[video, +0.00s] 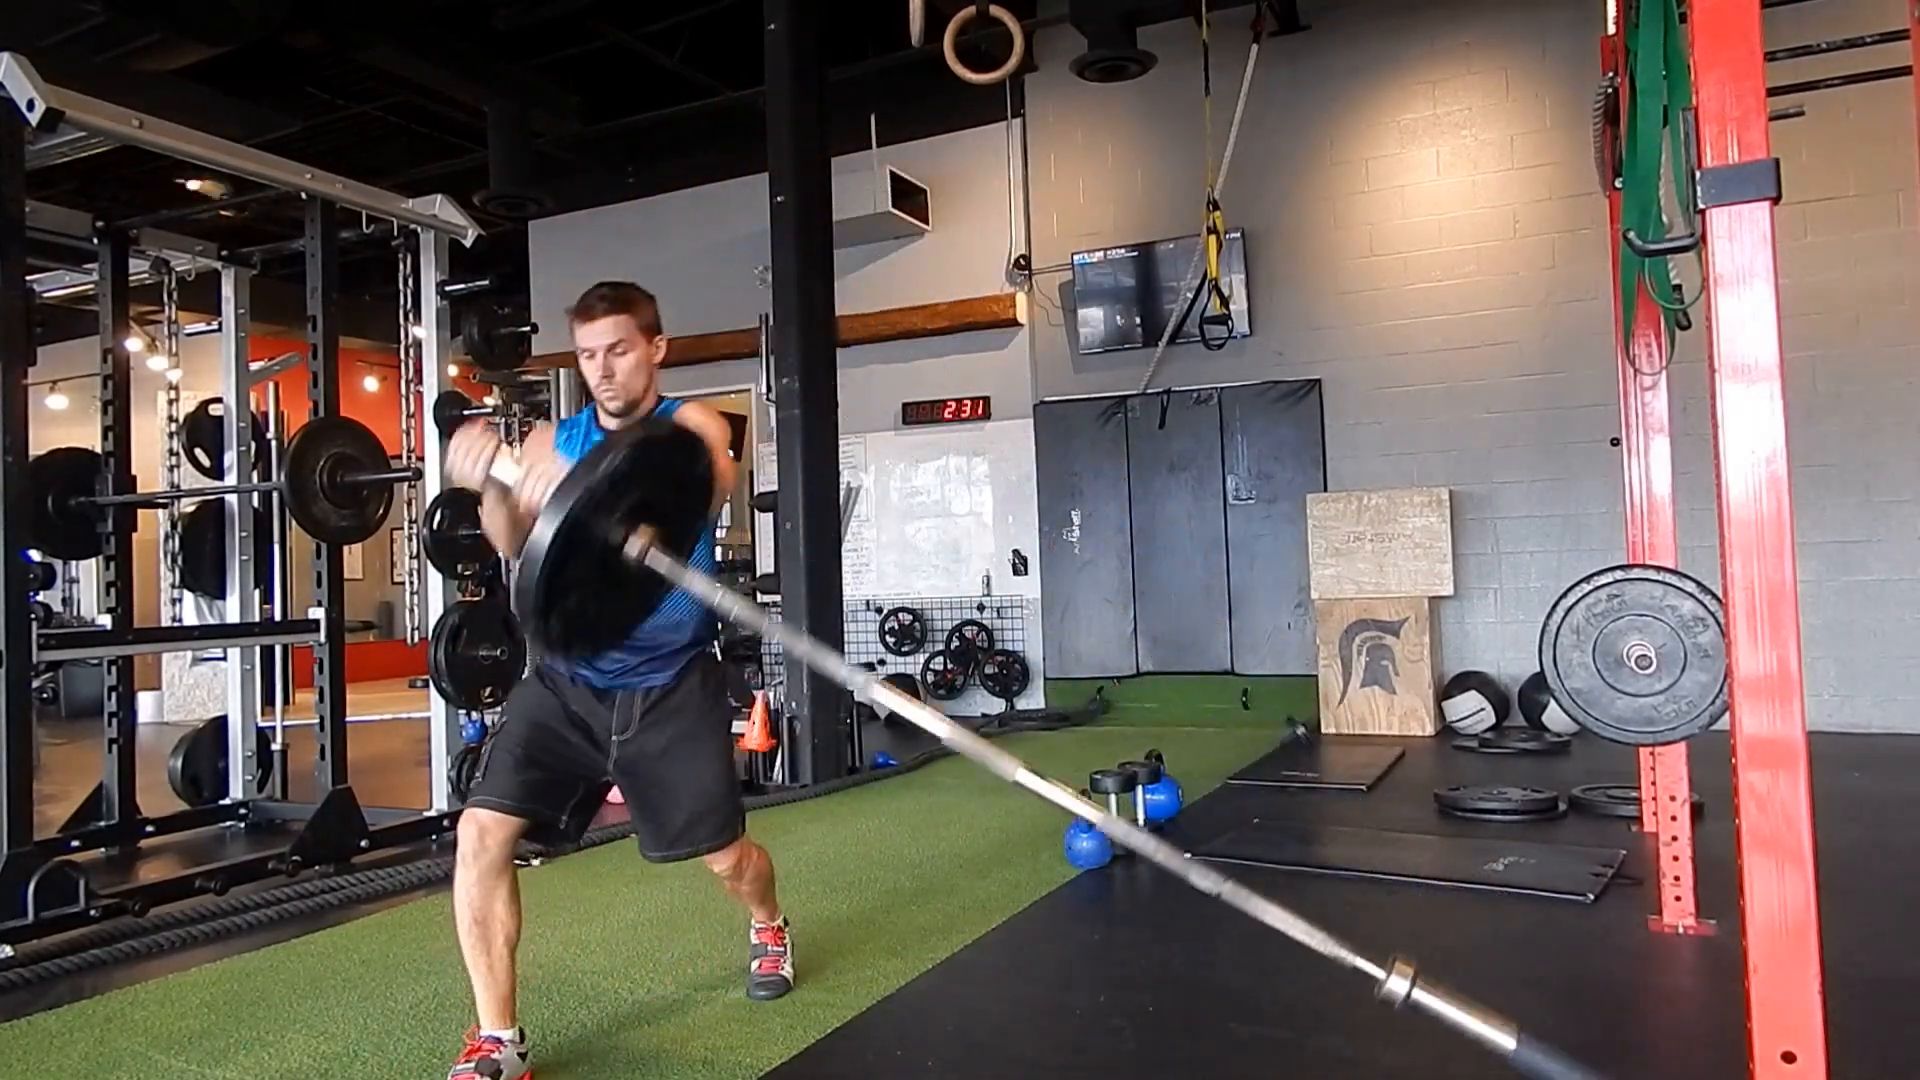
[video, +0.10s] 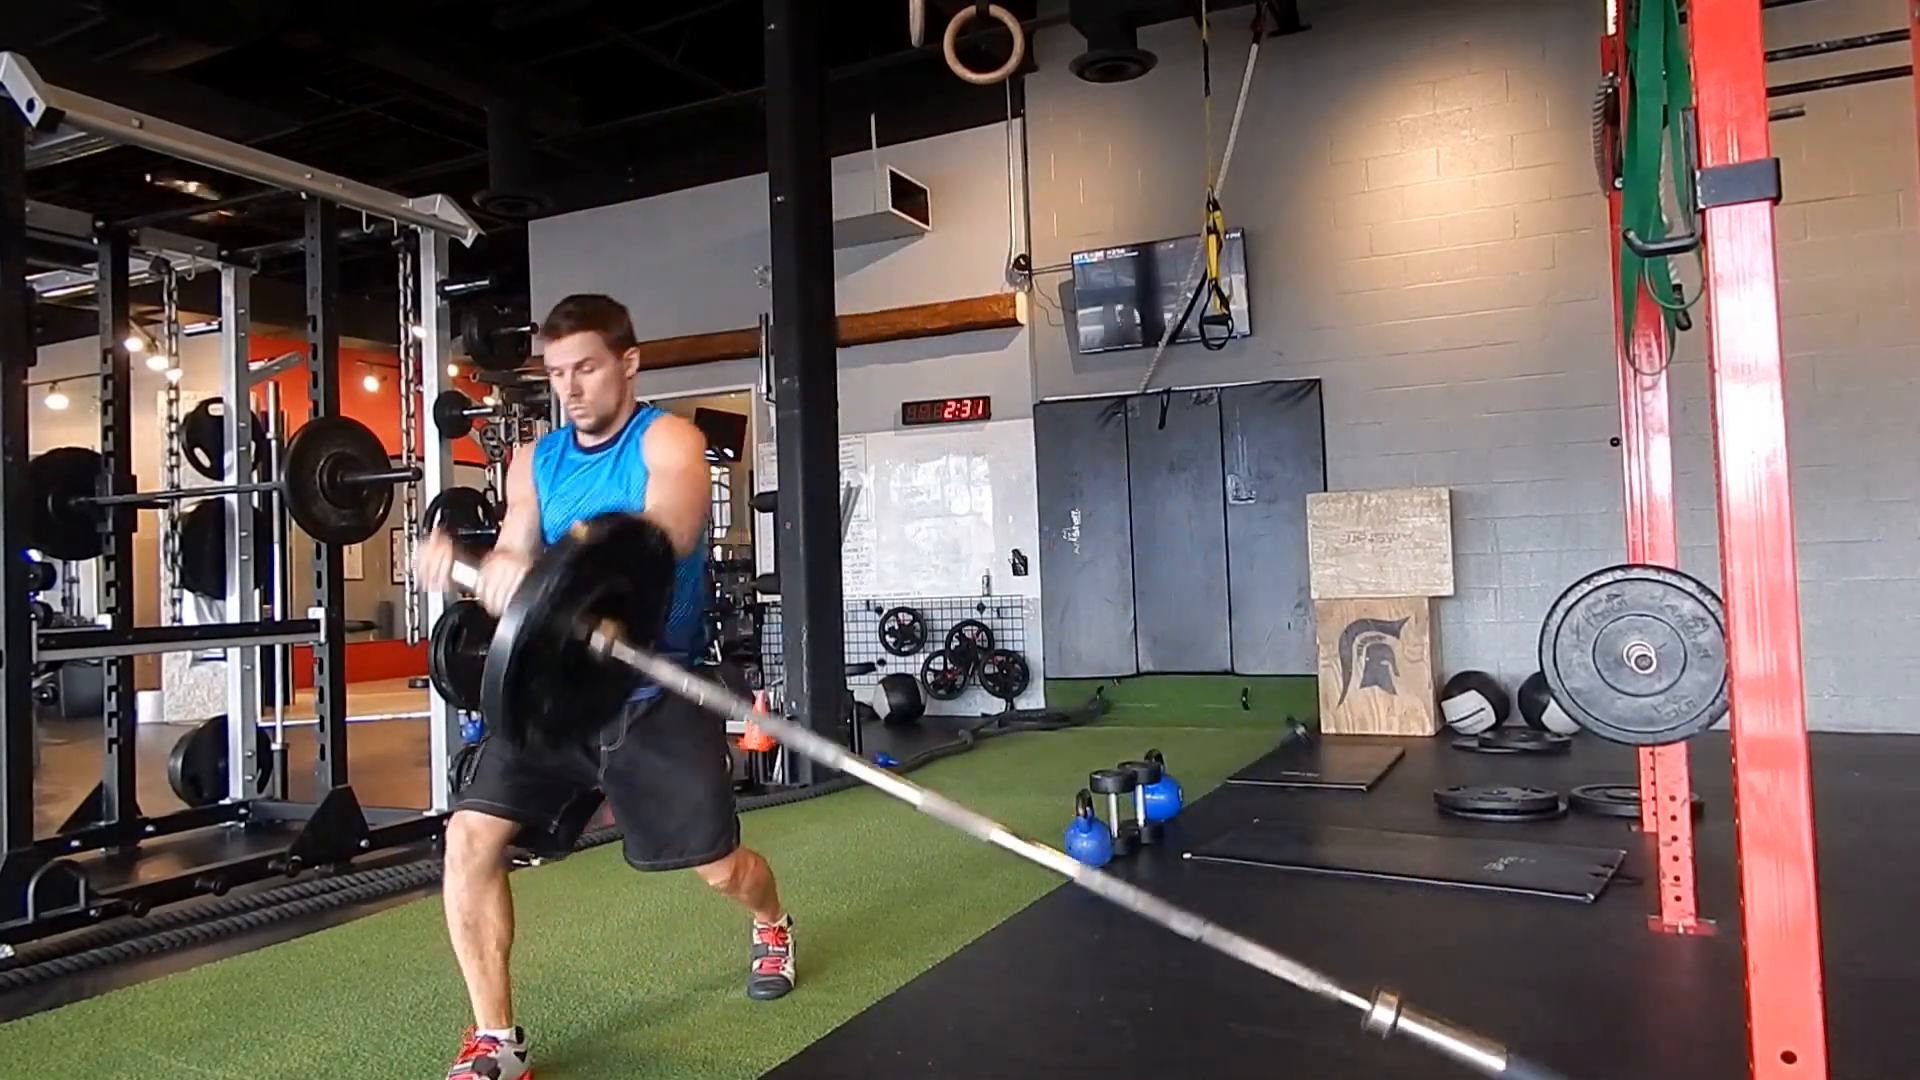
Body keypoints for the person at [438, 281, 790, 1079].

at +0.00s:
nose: (602, 371)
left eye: (617, 352)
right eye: (589, 357)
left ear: (657, 350)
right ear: (578, 361)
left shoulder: (700, 429)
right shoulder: (550, 441)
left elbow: (683, 515)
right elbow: (511, 547)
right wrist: (487, 486)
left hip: (673, 679)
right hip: (562, 678)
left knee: (727, 857)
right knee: (482, 831)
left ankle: (769, 925)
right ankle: (497, 1037)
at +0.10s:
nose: (567, 386)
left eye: (583, 367)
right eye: (555, 372)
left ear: (628, 364)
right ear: (544, 377)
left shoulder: (672, 441)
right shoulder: (534, 458)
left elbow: (654, 558)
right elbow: (511, 575)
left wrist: (542, 578)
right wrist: (453, 568)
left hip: (657, 692)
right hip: (552, 692)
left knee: (719, 865)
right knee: (470, 836)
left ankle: (774, 924)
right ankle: (493, 1035)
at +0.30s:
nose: (511, 421)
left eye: (526, 402)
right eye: (500, 406)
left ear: (576, 391)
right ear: (492, 405)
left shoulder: (625, 466)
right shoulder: (502, 492)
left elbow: (631, 591)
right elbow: (508, 611)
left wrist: (530, 685)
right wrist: (479, 682)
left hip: (643, 694)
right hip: (544, 695)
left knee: (711, 893)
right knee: (443, 852)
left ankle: (769, 917)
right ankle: (490, 1039)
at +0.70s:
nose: (529, 394)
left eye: (543, 374)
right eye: (513, 382)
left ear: (585, 373)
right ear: (502, 394)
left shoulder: (631, 453)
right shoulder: (496, 484)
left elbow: (646, 570)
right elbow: (504, 594)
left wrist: (535, 646)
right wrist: (472, 644)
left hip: (640, 681)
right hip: (538, 689)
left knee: (719, 873)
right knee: (456, 853)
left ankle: (765, 927)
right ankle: (494, 1039)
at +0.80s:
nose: (575, 352)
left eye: (587, 334)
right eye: (554, 342)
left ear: (613, 344)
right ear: (532, 363)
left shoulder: (654, 421)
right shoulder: (502, 451)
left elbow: (671, 521)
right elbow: (498, 568)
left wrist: (560, 551)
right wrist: (459, 556)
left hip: (648, 666)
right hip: (540, 681)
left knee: (720, 844)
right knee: (477, 848)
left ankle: (745, 931)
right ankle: (496, 1037)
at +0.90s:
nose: (606, 322)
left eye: (615, 307)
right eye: (584, 311)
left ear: (632, 321)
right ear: (550, 333)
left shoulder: (664, 395)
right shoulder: (512, 414)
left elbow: (691, 488)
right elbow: (501, 537)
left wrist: (605, 435)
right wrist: (512, 453)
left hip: (662, 658)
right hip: (551, 664)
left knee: (717, 825)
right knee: (499, 842)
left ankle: (716, 938)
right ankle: (497, 1035)